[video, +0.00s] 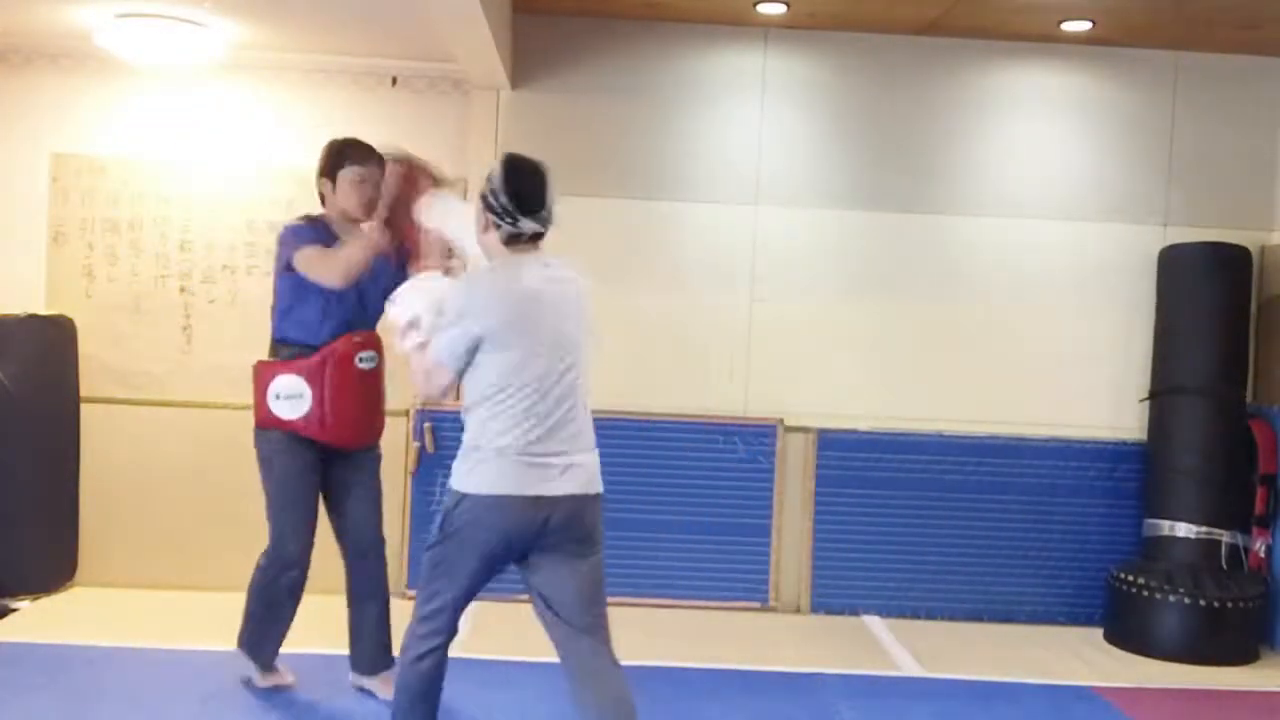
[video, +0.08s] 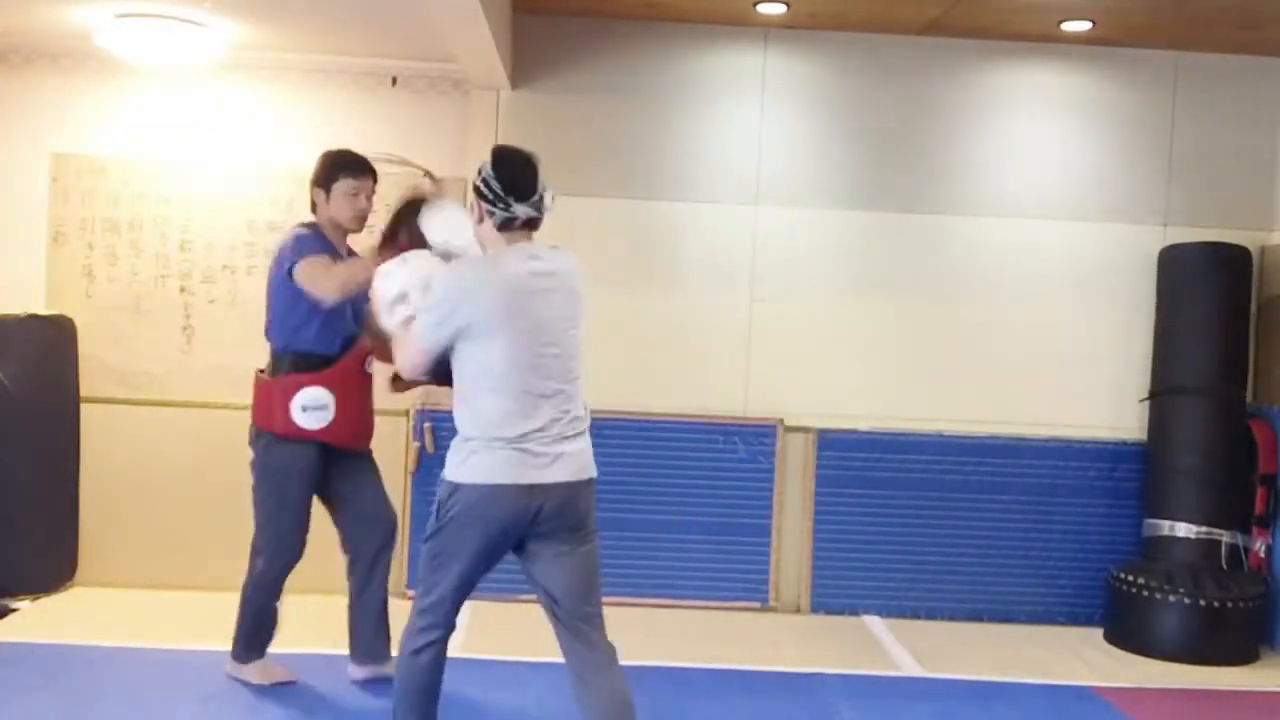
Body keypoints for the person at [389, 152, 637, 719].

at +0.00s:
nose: (474, 218)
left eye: (477, 210)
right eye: (477, 209)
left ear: (488, 218)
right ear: (543, 219)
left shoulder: (478, 292)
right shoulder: (573, 286)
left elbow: (430, 385)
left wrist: (413, 331)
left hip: (493, 493)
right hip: (575, 493)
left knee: (431, 627)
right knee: (588, 644)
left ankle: (410, 712)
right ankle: (618, 715)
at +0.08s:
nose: (471, 212)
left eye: (473, 204)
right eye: (473, 204)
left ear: (480, 209)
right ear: (539, 211)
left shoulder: (463, 282)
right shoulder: (566, 271)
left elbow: (410, 362)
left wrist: (400, 314)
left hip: (487, 482)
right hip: (570, 479)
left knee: (430, 623)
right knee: (585, 631)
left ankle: (410, 714)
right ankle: (617, 716)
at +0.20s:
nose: (479, 218)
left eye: (482, 210)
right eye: (484, 210)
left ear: (491, 215)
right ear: (546, 218)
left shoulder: (467, 280)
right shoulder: (583, 288)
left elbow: (404, 375)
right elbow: (558, 365)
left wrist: (359, 357)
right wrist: (465, 365)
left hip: (480, 483)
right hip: (567, 483)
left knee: (419, 602)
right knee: (583, 636)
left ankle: (415, 713)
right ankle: (607, 717)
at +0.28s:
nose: (477, 221)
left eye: (481, 214)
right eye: (484, 214)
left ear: (488, 222)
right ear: (545, 228)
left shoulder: (462, 290)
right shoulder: (574, 292)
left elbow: (419, 386)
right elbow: (519, 326)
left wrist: (342, 399)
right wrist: (459, 280)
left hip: (476, 487)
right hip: (562, 484)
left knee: (421, 598)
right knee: (583, 639)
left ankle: (423, 713)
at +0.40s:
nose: (429, 220)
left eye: (433, 209)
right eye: (435, 209)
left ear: (445, 214)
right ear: (496, 214)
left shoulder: (449, 287)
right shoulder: (520, 270)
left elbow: (429, 386)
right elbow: (477, 308)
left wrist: (343, 388)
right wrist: (412, 279)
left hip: (470, 481)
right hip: (548, 470)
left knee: (429, 609)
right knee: (578, 604)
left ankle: (439, 712)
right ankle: (615, 712)